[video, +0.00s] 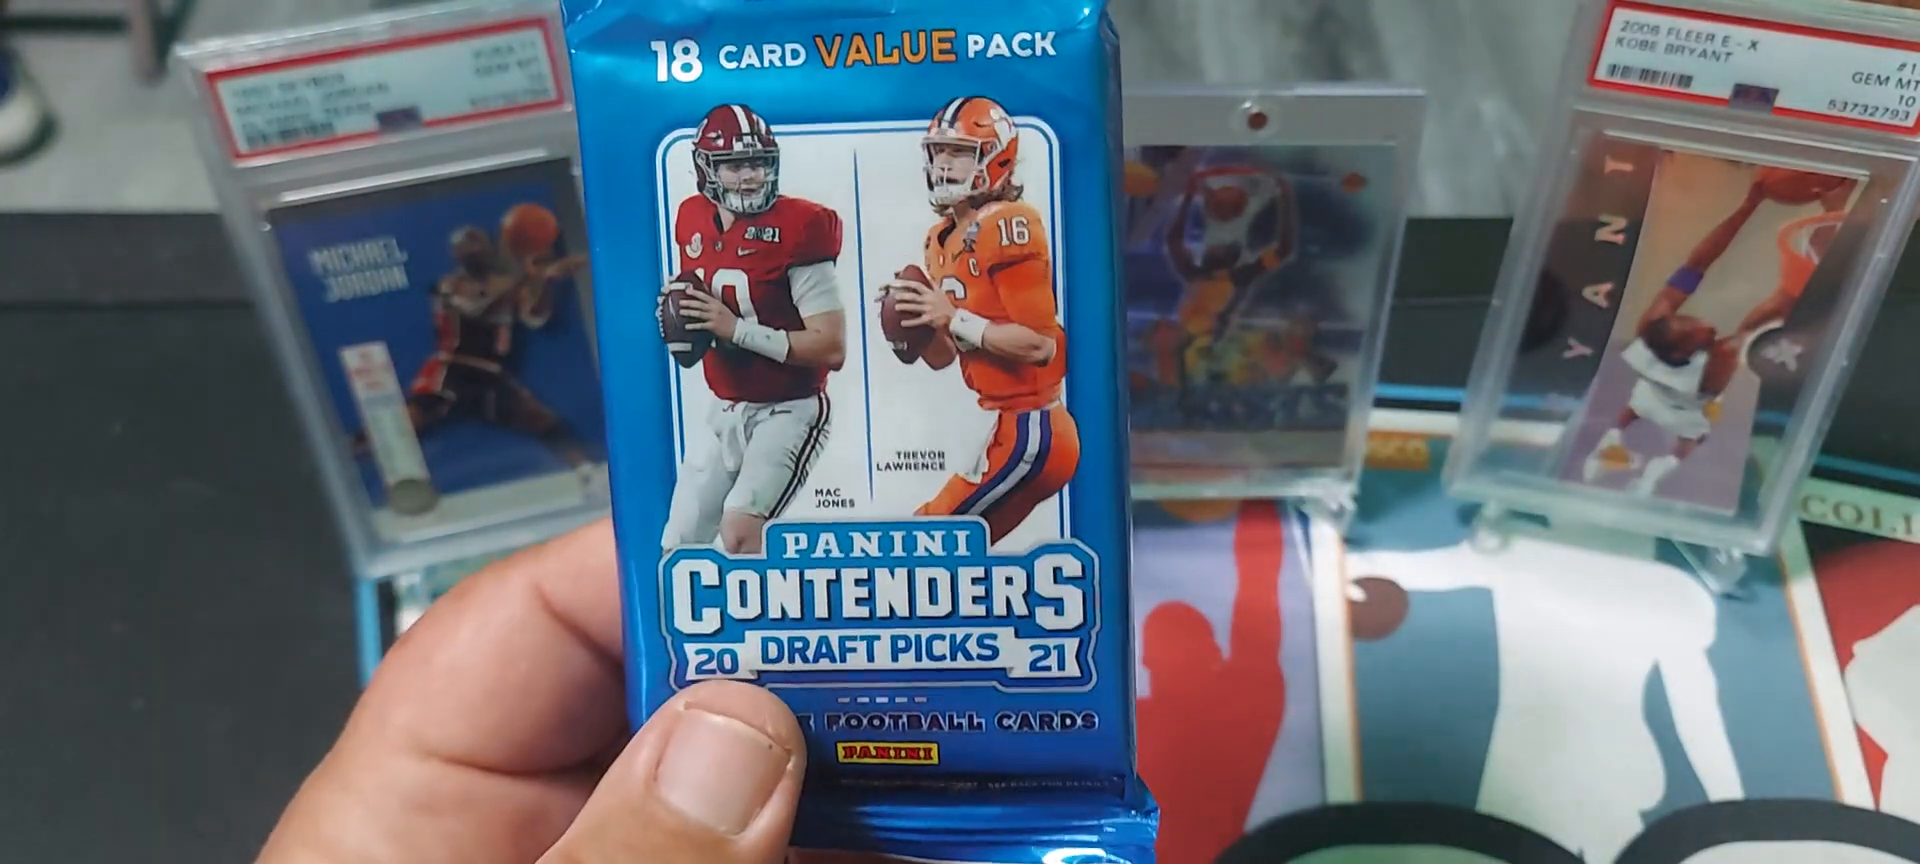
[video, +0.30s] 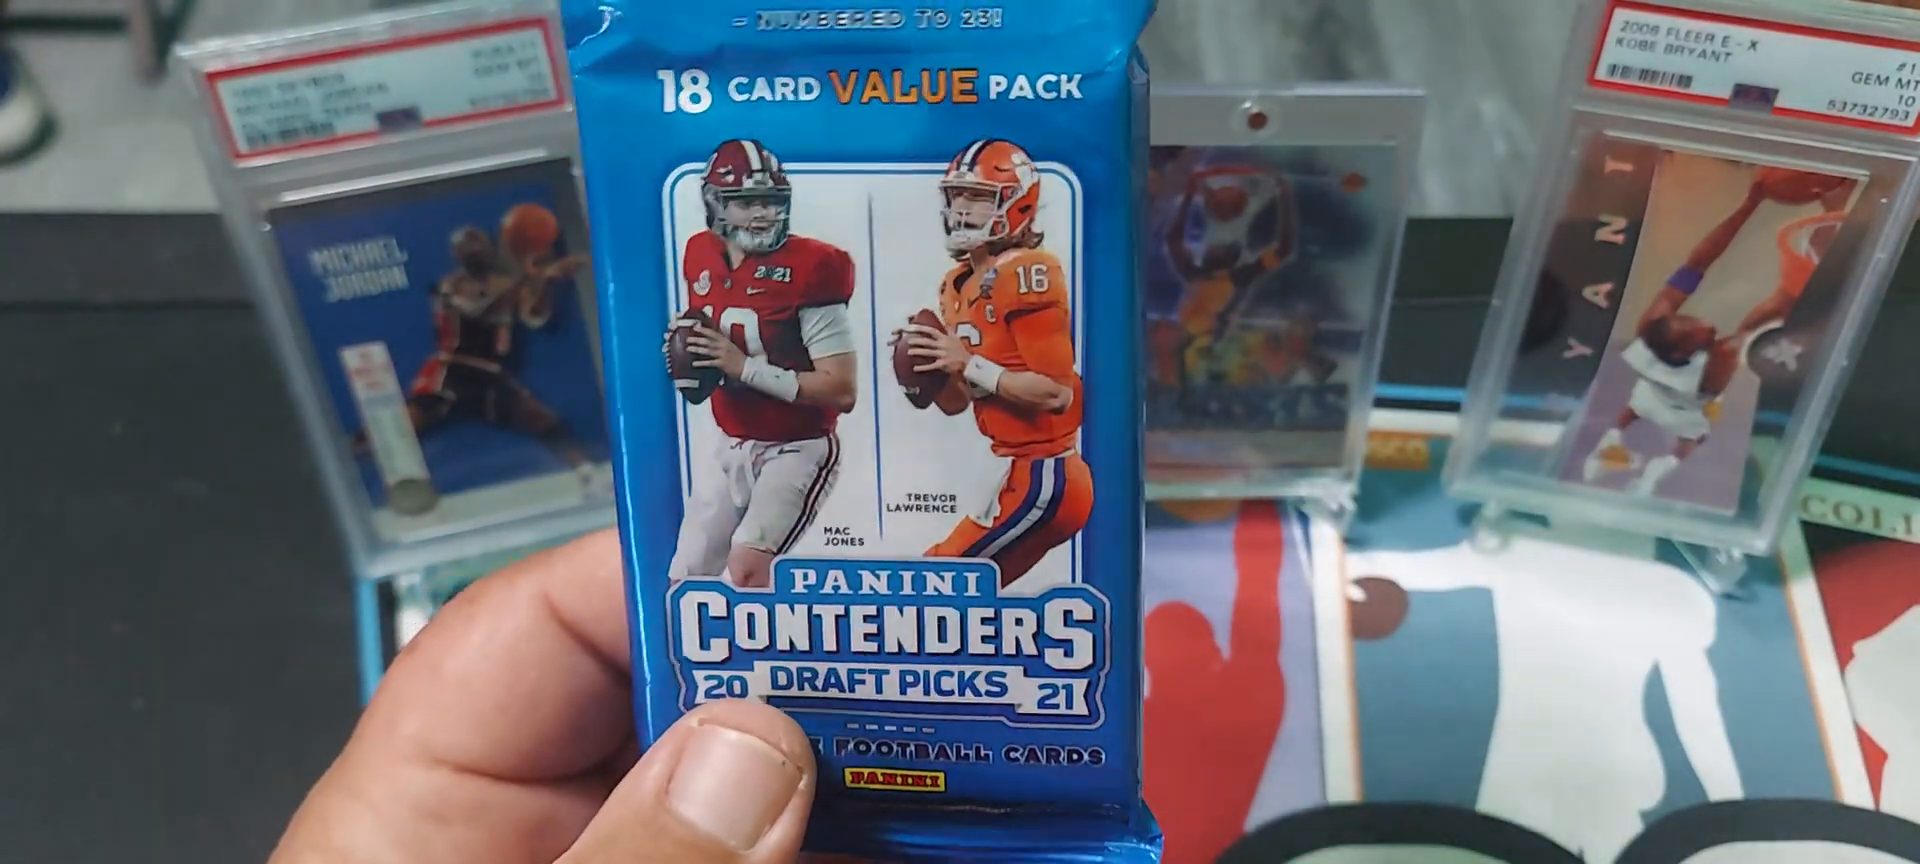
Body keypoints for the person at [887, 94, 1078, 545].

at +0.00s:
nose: (943, 167)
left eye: (958, 154)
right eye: (937, 154)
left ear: (995, 160)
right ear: (928, 158)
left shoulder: (1008, 224)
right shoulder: (939, 239)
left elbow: (1039, 344)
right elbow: (939, 356)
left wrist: (951, 317)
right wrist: (908, 320)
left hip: (1030, 431)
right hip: (1009, 428)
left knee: (920, 545)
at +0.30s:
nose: (961, 212)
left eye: (977, 199)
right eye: (956, 198)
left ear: (1014, 204)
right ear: (946, 202)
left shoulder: (1028, 273)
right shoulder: (956, 284)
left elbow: (1055, 390)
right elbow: (953, 402)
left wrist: (966, 363)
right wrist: (926, 360)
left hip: (1045, 478)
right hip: (1017, 473)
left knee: (930, 587)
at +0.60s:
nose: (945, 256)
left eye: (961, 243)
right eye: (940, 242)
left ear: (999, 246)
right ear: (930, 245)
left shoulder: (1014, 313)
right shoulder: (943, 325)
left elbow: (1046, 428)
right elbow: (947, 441)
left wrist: (956, 402)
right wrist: (913, 401)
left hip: (1041, 512)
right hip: (1011, 508)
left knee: (928, 621)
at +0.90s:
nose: (965, 305)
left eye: (981, 293)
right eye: (960, 291)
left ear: (1019, 298)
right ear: (950, 295)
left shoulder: (1033, 363)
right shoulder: (963, 375)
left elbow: (1065, 476)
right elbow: (967, 485)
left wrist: (975, 448)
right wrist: (935, 455)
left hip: (1060, 555)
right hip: (1034, 551)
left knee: (950, 657)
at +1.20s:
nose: (1006, 347)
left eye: (1021, 336)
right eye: (1002, 335)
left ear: (1057, 342)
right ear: (992, 338)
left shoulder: (1072, 406)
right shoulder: (1001, 415)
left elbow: (1098, 517)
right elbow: (1000, 522)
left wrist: (1011, 487)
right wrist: (970, 485)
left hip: (1090, 595)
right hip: (1061, 590)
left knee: (975, 688)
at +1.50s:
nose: (1008, 327)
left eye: (1023, 316)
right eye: (1003, 314)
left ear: (1059, 320)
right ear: (994, 317)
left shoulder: (1073, 384)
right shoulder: (1003, 394)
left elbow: (1098, 494)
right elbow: (1002, 503)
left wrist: (1012, 468)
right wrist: (972, 465)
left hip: (1089, 574)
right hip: (1065, 570)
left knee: (978, 674)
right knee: (994, 683)